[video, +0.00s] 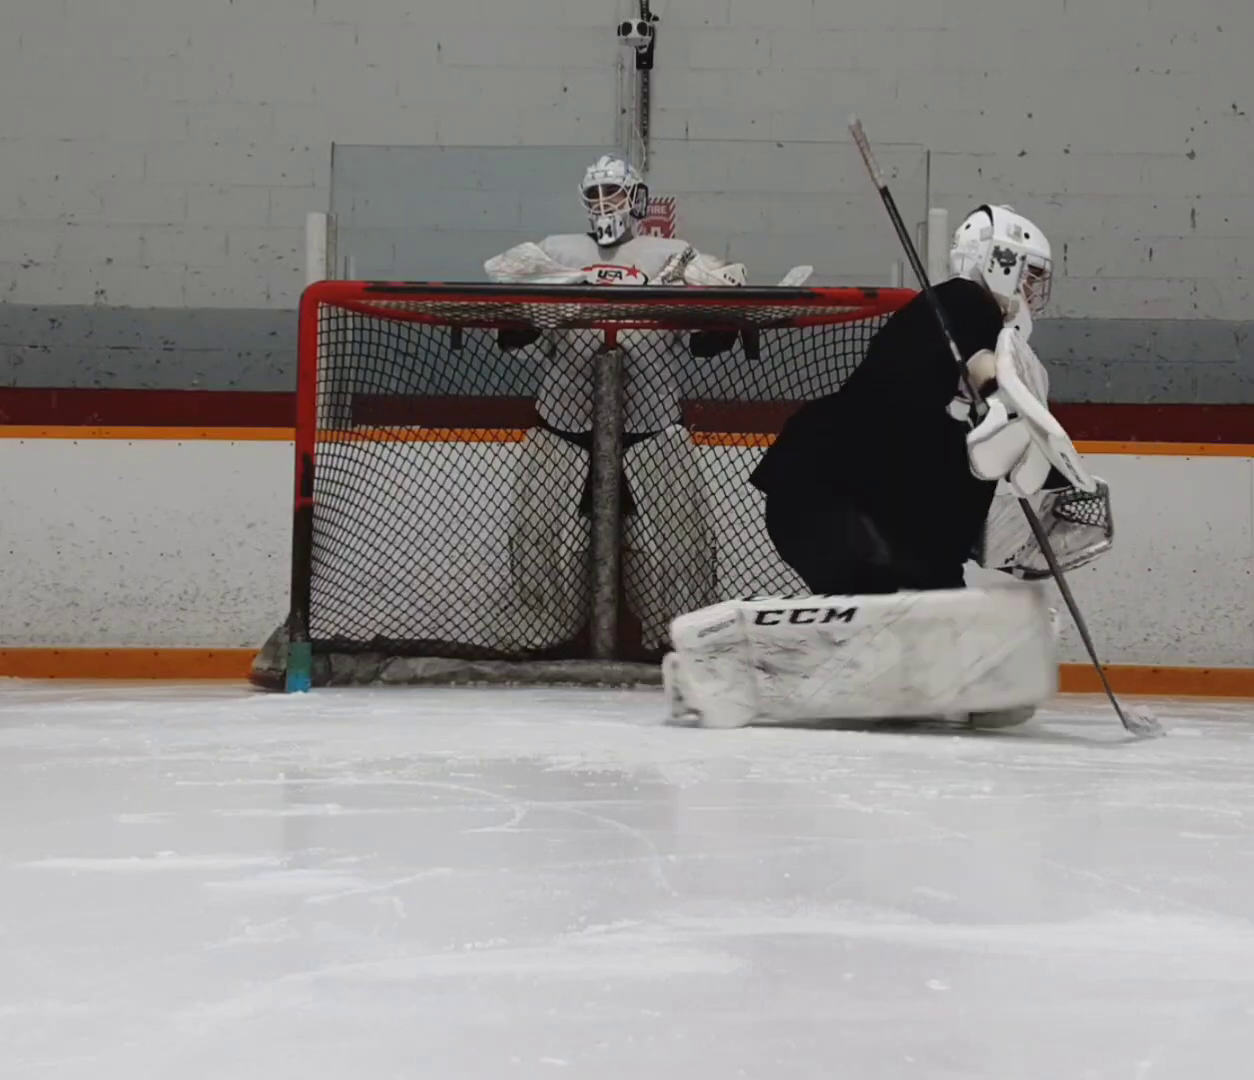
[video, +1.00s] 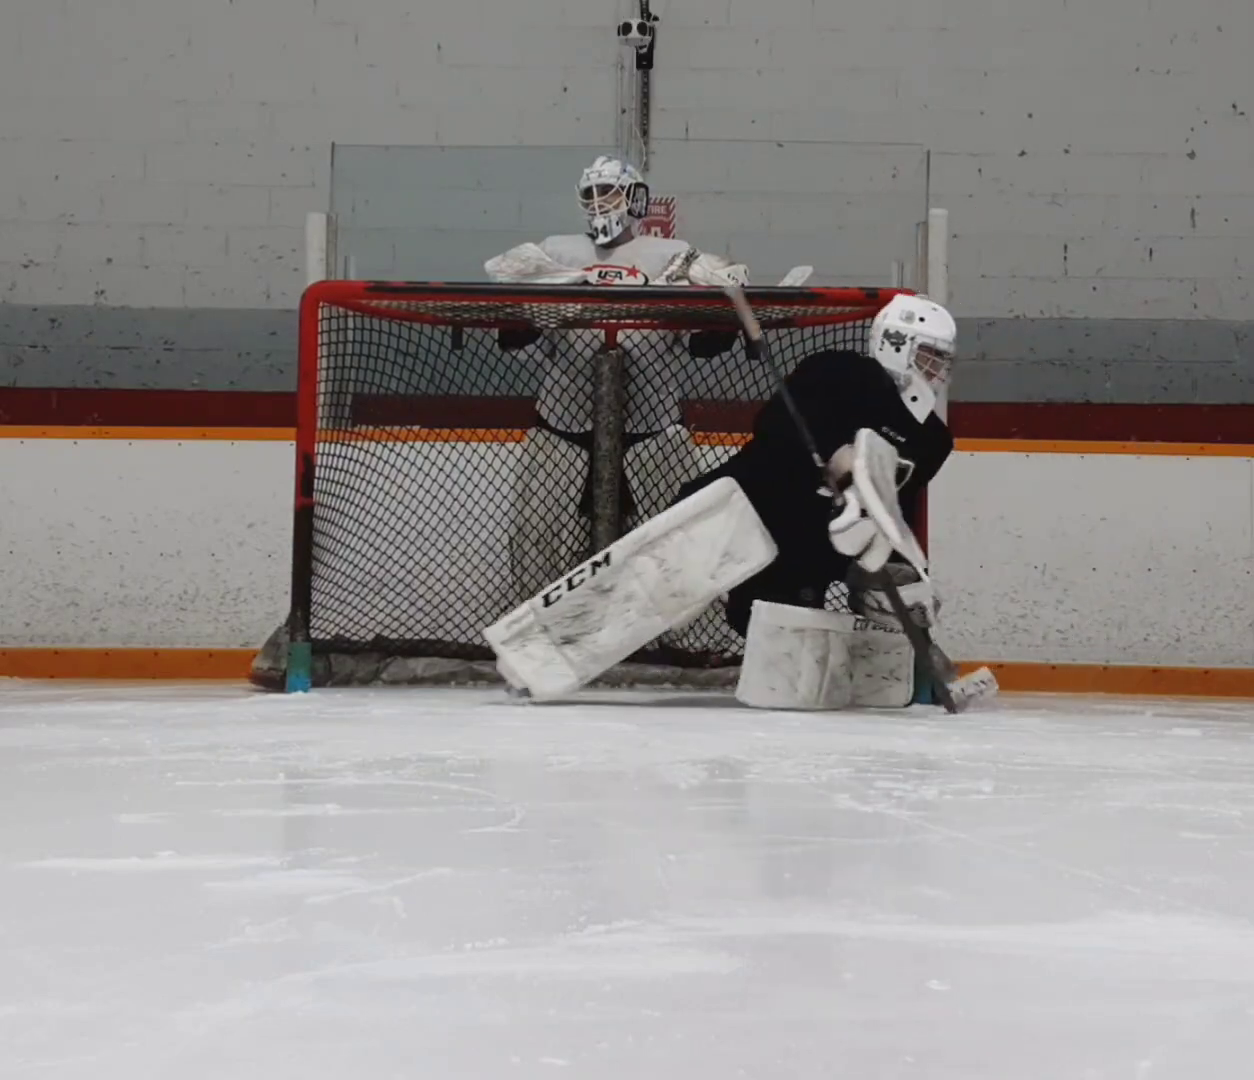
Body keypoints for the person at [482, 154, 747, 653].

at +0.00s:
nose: (605, 204)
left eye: (615, 193)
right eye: (596, 195)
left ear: (636, 197)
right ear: (585, 202)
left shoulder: (670, 258)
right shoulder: (555, 254)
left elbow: (708, 343)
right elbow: (510, 337)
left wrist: (716, 292)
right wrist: (531, 291)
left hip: (649, 436)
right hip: (563, 435)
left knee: (668, 546)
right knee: (544, 543)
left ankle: (667, 647)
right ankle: (551, 648)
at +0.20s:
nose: (604, 204)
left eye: (614, 194)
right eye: (595, 196)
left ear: (637, 198)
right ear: (584, 203)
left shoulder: (671, 259)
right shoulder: (555, 256)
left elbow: (709, 342)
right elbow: (510, 336)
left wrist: (719, 294)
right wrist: (532, 293)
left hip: (650, 435)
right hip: (563, 433)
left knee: (674, 535)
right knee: (541, 532)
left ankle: (675, 637)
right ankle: (545, 635)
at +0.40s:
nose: (602, 204)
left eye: (612, 193)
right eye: (593, 195)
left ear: (636, 197)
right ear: (583, 202)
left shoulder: (670, 258)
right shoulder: (555, 256)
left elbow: (706, 342)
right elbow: (510, 337)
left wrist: (723, 296)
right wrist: (526, 292)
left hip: (650, 434)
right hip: (564, 433)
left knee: (674, 537)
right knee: (542, 534)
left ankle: (674, 638)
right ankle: (548, 636)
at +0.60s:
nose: (601, 203)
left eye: (611, 193)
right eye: (593, 195)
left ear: (636, 197)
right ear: (583, 202)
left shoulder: (669, 258)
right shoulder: (555, 255)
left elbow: (707, 342)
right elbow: (510, 337)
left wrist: (719, 293)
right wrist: (521, 288)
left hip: (649, 434)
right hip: (563, 432)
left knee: (674, 536)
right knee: (540, 532)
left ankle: (677, 639)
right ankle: (550, 634)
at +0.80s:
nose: (600, 205)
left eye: (610, 194)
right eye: (592, 196)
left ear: (636, 198)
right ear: (582, 203)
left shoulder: (671, 259)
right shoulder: (556, 256)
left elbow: (707, 344)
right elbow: (510, 337)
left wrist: (718, 292)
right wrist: (535, 292)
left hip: (650, 437)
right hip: (562, 436)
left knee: (678, 538)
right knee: (540, 539)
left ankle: (669, 646)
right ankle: (542, 646)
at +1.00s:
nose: (599, 205)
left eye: (610, 193)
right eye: (591, 196)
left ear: (636, 196)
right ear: (582, 202)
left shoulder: (671, 256)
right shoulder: (559, 253)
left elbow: (706, 346)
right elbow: (511, 341)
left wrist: (715, 300)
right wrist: (525, 296)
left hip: (651, 436)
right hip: (562, 434)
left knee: (671, 550)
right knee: (540, 551)